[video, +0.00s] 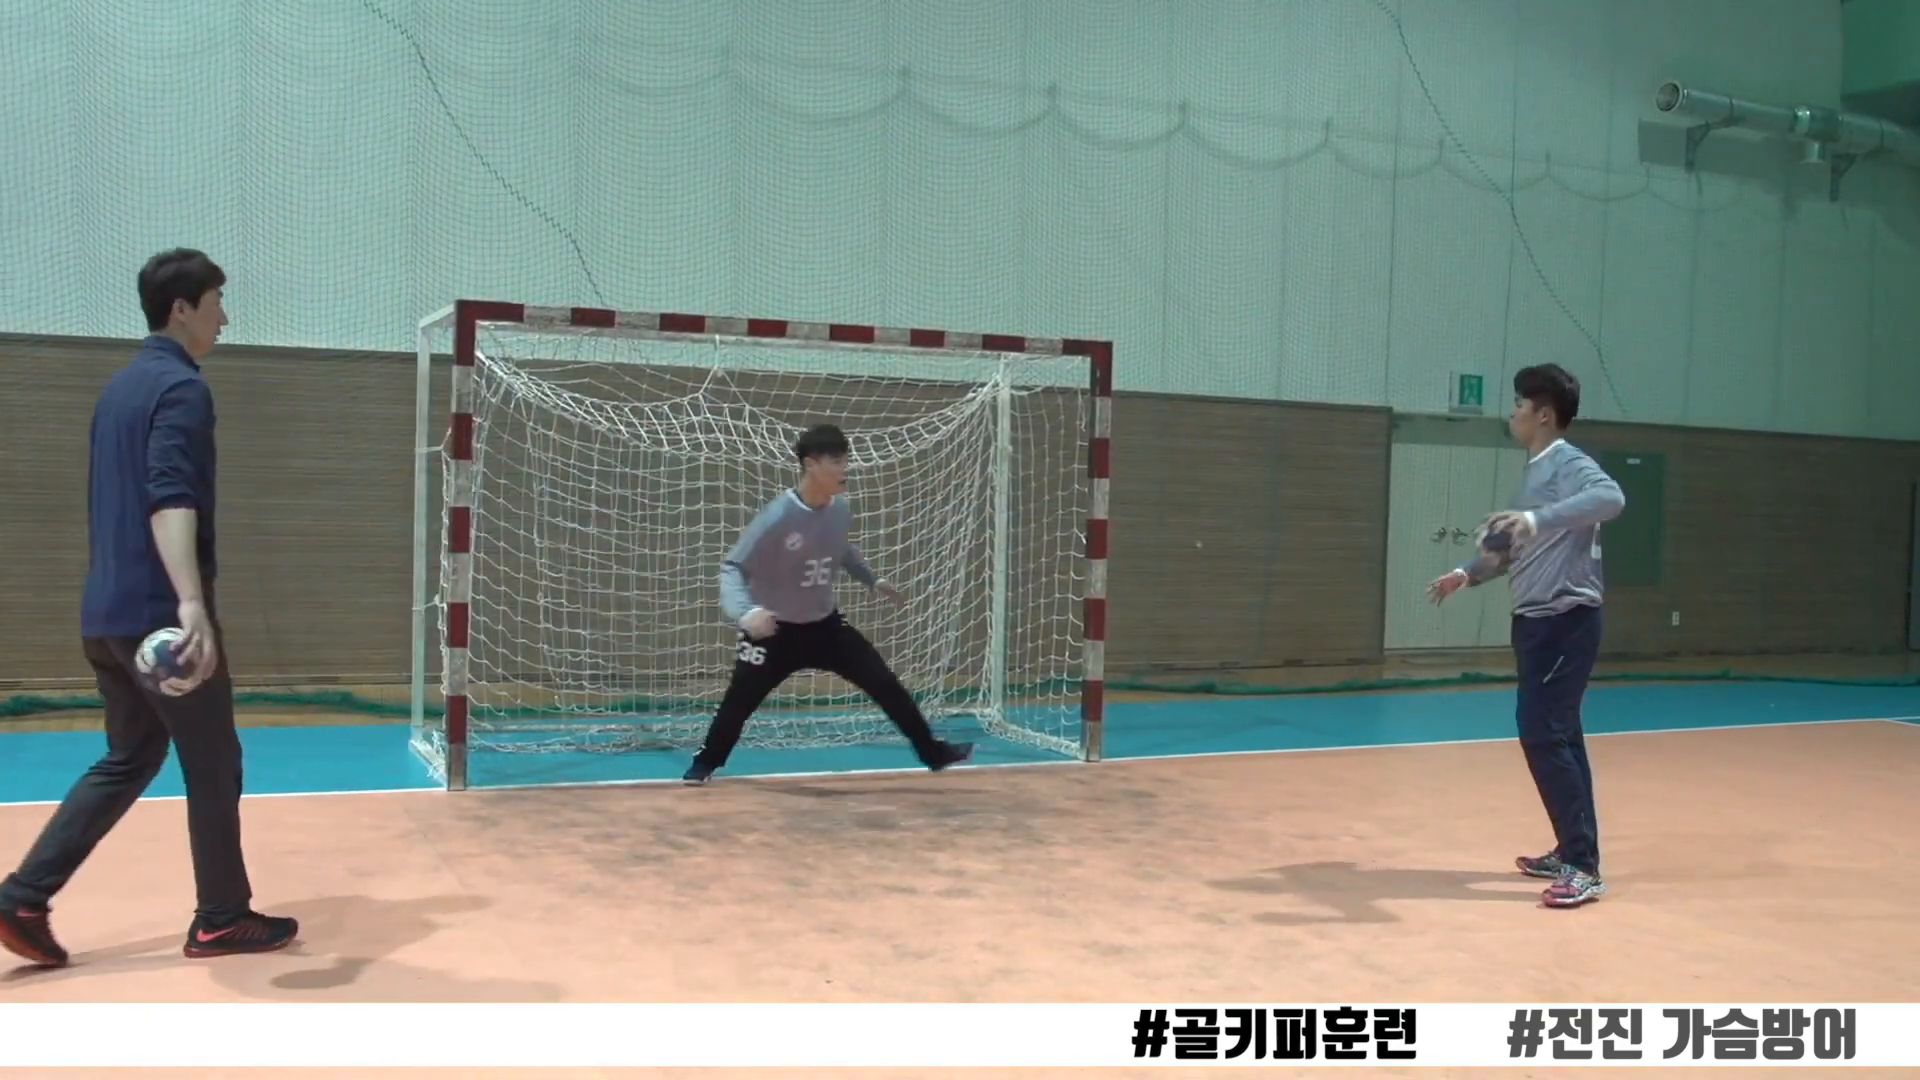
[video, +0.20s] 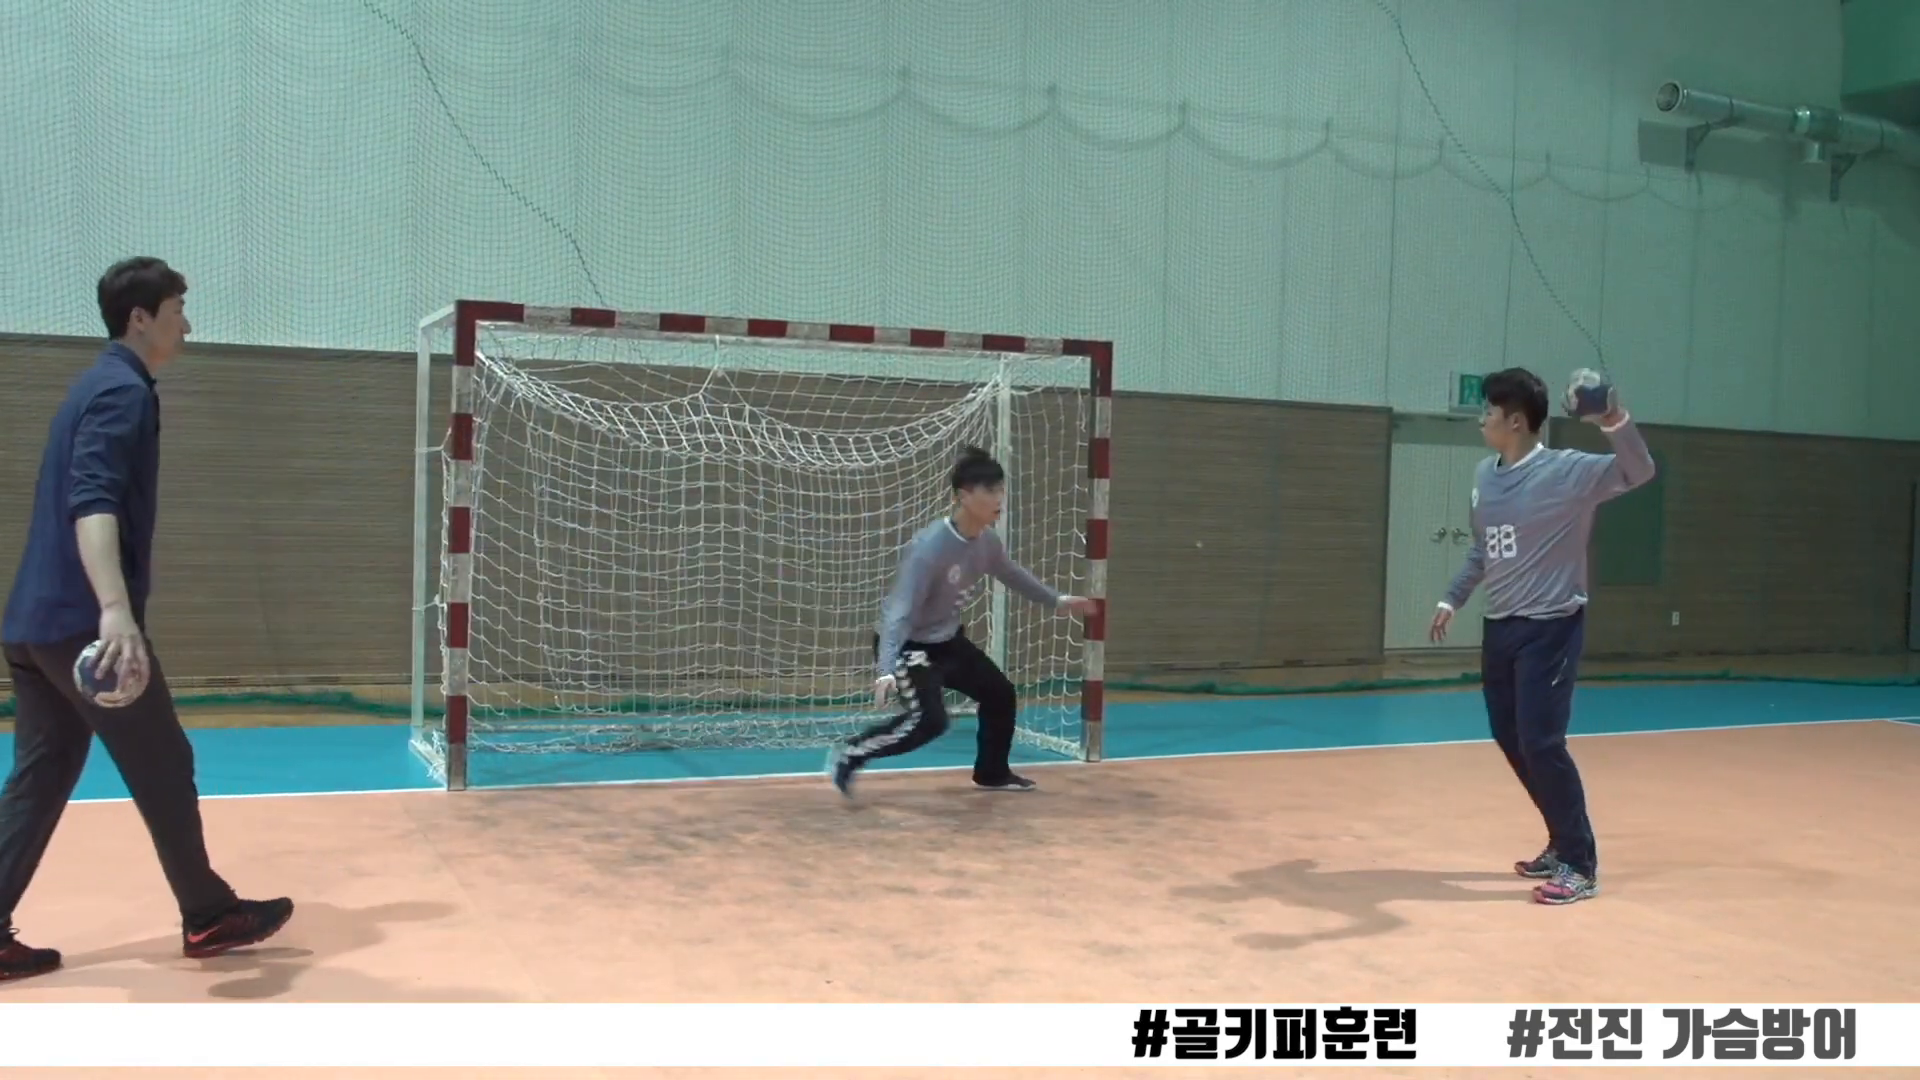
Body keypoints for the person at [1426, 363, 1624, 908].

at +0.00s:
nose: (1511, 414)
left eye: (1519, 404)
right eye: (1515, 404)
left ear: (1544, 413)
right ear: (1541, 413)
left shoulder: (1566, 459)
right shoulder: (1534, 474)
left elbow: (1610, 498)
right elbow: (1515, 542)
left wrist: (1538, 520)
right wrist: (1468, 572)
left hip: (1565, 619)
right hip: (1538, 620)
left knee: (1544, 733)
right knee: (1555, 734)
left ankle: (1584, 867)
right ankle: (1573, 852)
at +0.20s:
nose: (1483, 419)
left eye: (1492, 411)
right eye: (1486, 410)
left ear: (1518, 419)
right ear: (1508, 418)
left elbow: (1638, 472)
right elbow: (1483, 550)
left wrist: (1616, 422)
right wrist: (1451, 600)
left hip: (1551, 625)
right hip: (1501, 626)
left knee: (1542, 743)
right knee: (1512, 740)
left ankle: (1580, 867)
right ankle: (1563, 844)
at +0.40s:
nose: (1436, 433)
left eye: (1442, 425)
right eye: (1438, 424)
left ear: (1470, 432)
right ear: (1466, 431)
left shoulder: (1521, 482)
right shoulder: (1450, 481)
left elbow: (1575, 487)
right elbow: (1462, 552)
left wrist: (1571, 423)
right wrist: (1455, 609)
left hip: (1524, 636)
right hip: (1467, 634)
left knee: (1535, 750)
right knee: (1422, 717)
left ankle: (1576, 868)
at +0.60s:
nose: (1391, 424)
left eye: (1404, 415)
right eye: (1387, 415)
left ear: (1429, 424)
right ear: (1385, 423)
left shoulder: (1443, 477)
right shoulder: (1405, 475)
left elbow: (1428, 515)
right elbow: (1426, 549)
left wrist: (1397, 462)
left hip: (1467, 637)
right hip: (1418, 639)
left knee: (1494, 753)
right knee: (1379, 736)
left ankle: (1565, 858)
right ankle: (1371, 855)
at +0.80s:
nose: (1346, 413)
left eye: (1354, 404)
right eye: (1349, 403)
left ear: (1380, 409)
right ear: (1383, 411)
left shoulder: (1380, 465)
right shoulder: (1404, 463)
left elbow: (1301, 483)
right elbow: (1449, 533)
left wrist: (1221, 455)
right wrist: (1476, 587)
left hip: (1436, 615)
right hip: (1403, 621)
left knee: (1473, 734)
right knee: (1383, 740)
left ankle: (1556, 840)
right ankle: (1371, 856)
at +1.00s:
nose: (1333, 408)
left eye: (1342, 399)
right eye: (1335, 399)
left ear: (1370, 406)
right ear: (1373, 409)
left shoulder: (1373, 457)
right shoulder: (1403, 463)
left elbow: (1359, 520)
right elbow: (1446, 528)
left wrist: (1296, 520)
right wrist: (1486, 581)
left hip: (1419, 607)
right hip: (1392, 614)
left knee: (1437, 726)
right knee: (1379, 733)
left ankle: (1523, 840)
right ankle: (1370, 856)